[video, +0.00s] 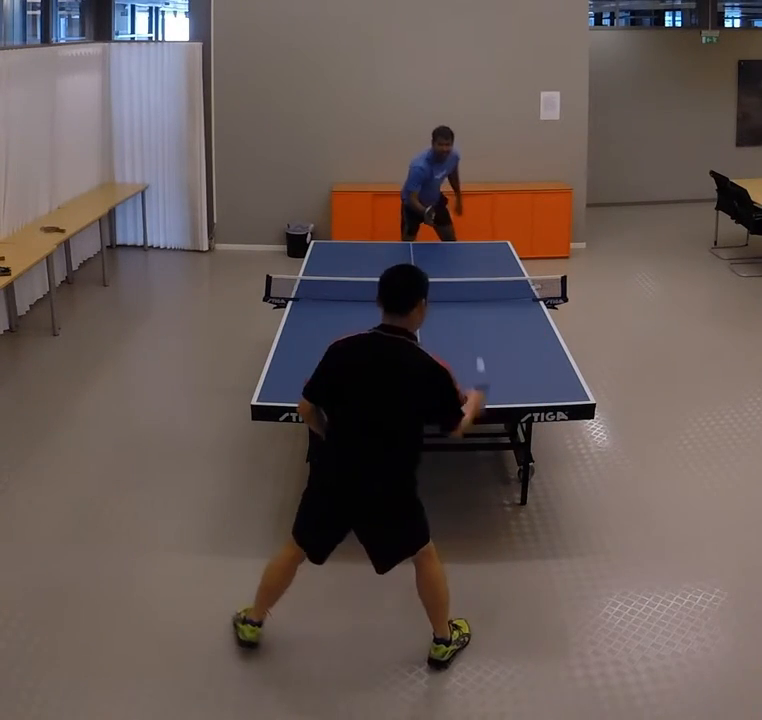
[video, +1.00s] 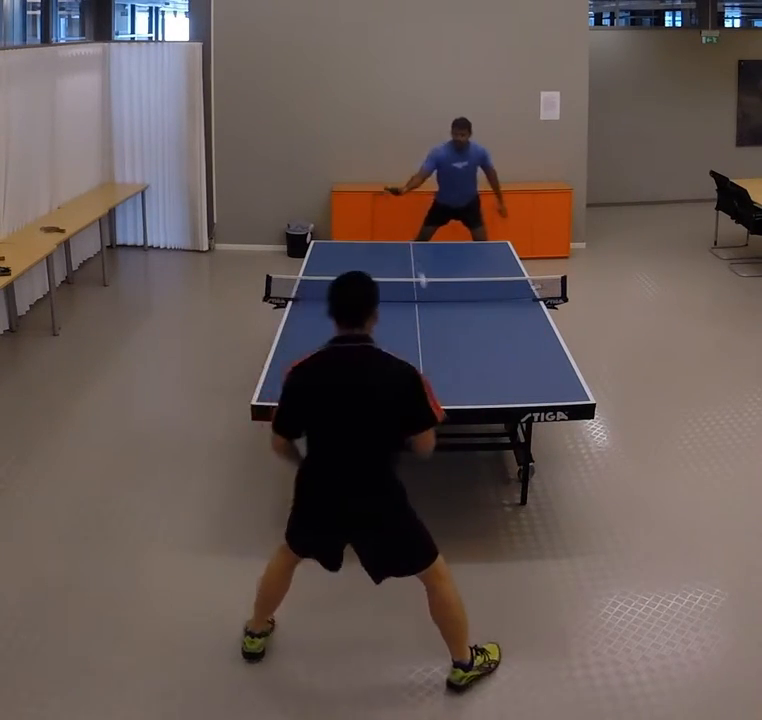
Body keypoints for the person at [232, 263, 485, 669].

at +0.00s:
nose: (426, 308)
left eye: (424, 302)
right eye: (425, 302)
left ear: (379, 303)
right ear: (420, 307)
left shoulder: (343, 350)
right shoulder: (427, 370)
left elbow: (306, 407)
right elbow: (456, 428)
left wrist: (326, 433)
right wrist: (471, 407)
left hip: (334, 480)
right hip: (390, 487)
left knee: (295, 549)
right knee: (424, 555)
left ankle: (252, 621)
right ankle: (443, 638)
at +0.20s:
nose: (409, 320)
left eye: (408, 312)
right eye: (407, 313)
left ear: (364, 317)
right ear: (394, 317)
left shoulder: (331, 361)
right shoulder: (400, 381)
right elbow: (427, 455)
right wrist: (489, 488)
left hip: (315, 487)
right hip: (371, 496)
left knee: (283, 546)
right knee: (426, 553)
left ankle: (247, 626)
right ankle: (441, 641)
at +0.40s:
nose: (317, 327)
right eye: (314, 324)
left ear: (276, 346)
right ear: (313, 333)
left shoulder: (273, 400)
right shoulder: (351, 365)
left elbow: (275, 473)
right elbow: (378, 350)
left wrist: (296, 490)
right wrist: (368, 333)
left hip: (312, 499)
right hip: (370, 493)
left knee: (276, 559)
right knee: (416, 559)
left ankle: (246, 629)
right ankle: (444, 642)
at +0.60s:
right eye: (277, 331)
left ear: (243, 348)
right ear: (282, 337)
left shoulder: (245, 403)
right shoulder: (310, 367)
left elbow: (267, 467)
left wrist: (289, 483)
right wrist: (233, 439)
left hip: (306, 495)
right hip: (358, 482)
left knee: (270, 556)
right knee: (412, 555)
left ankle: (246, 629)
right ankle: (451, 638)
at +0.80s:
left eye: (276, 318)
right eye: (314, 315)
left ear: (273, 324)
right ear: (316, 321)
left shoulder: (258, 384)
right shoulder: (348, 369)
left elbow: (255, 465)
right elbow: (389, 431)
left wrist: (287, 457)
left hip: (294, 498)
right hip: (353, 495)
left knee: (270, 549)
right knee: (418, 564)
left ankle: (245, 628)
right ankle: (458, 653)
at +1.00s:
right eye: (373, 307)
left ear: (331, 313)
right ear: (375, 313)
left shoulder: (304, 372)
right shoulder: (400, 374)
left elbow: (280, 443)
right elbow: (424, 444)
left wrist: (306, 460)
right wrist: (388, 426)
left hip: (318, 495)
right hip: (380, 499)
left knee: (287, 557)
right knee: (435, 575)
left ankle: (255, 634)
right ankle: (463, 662)